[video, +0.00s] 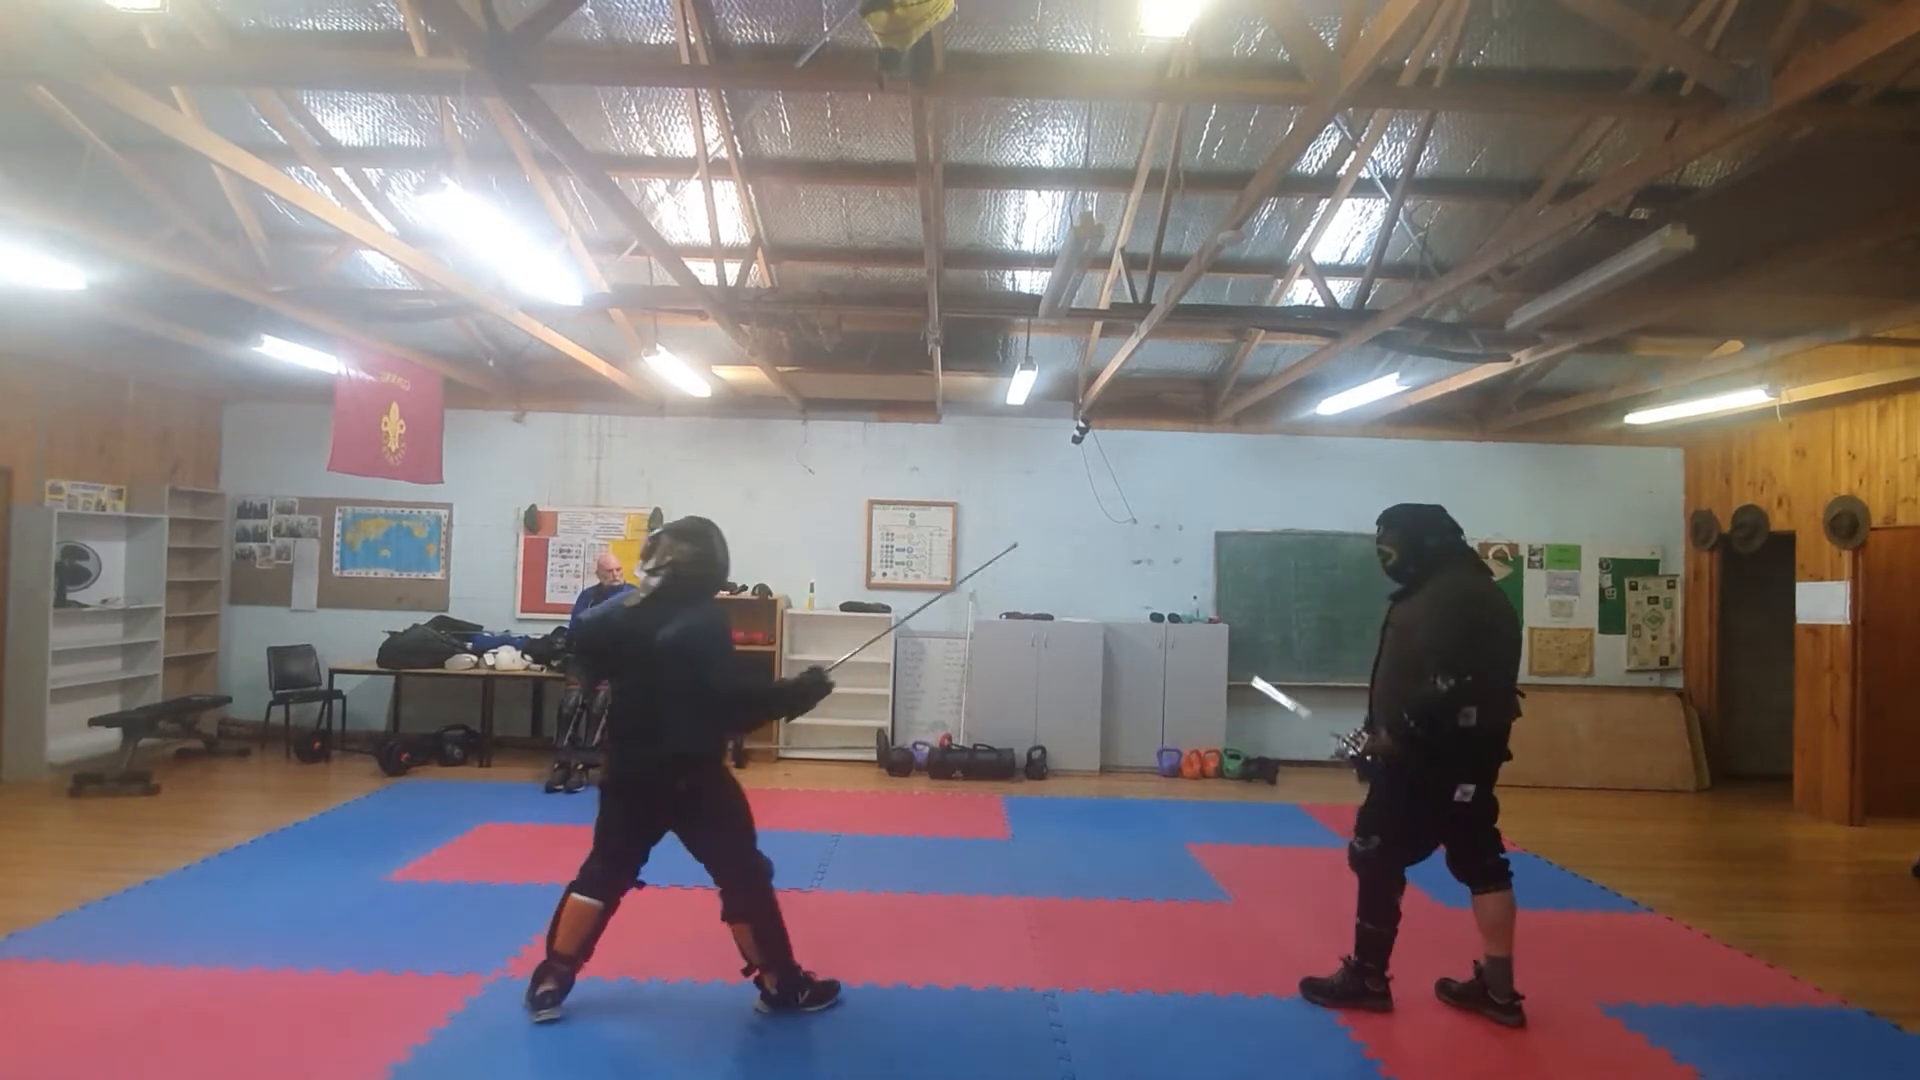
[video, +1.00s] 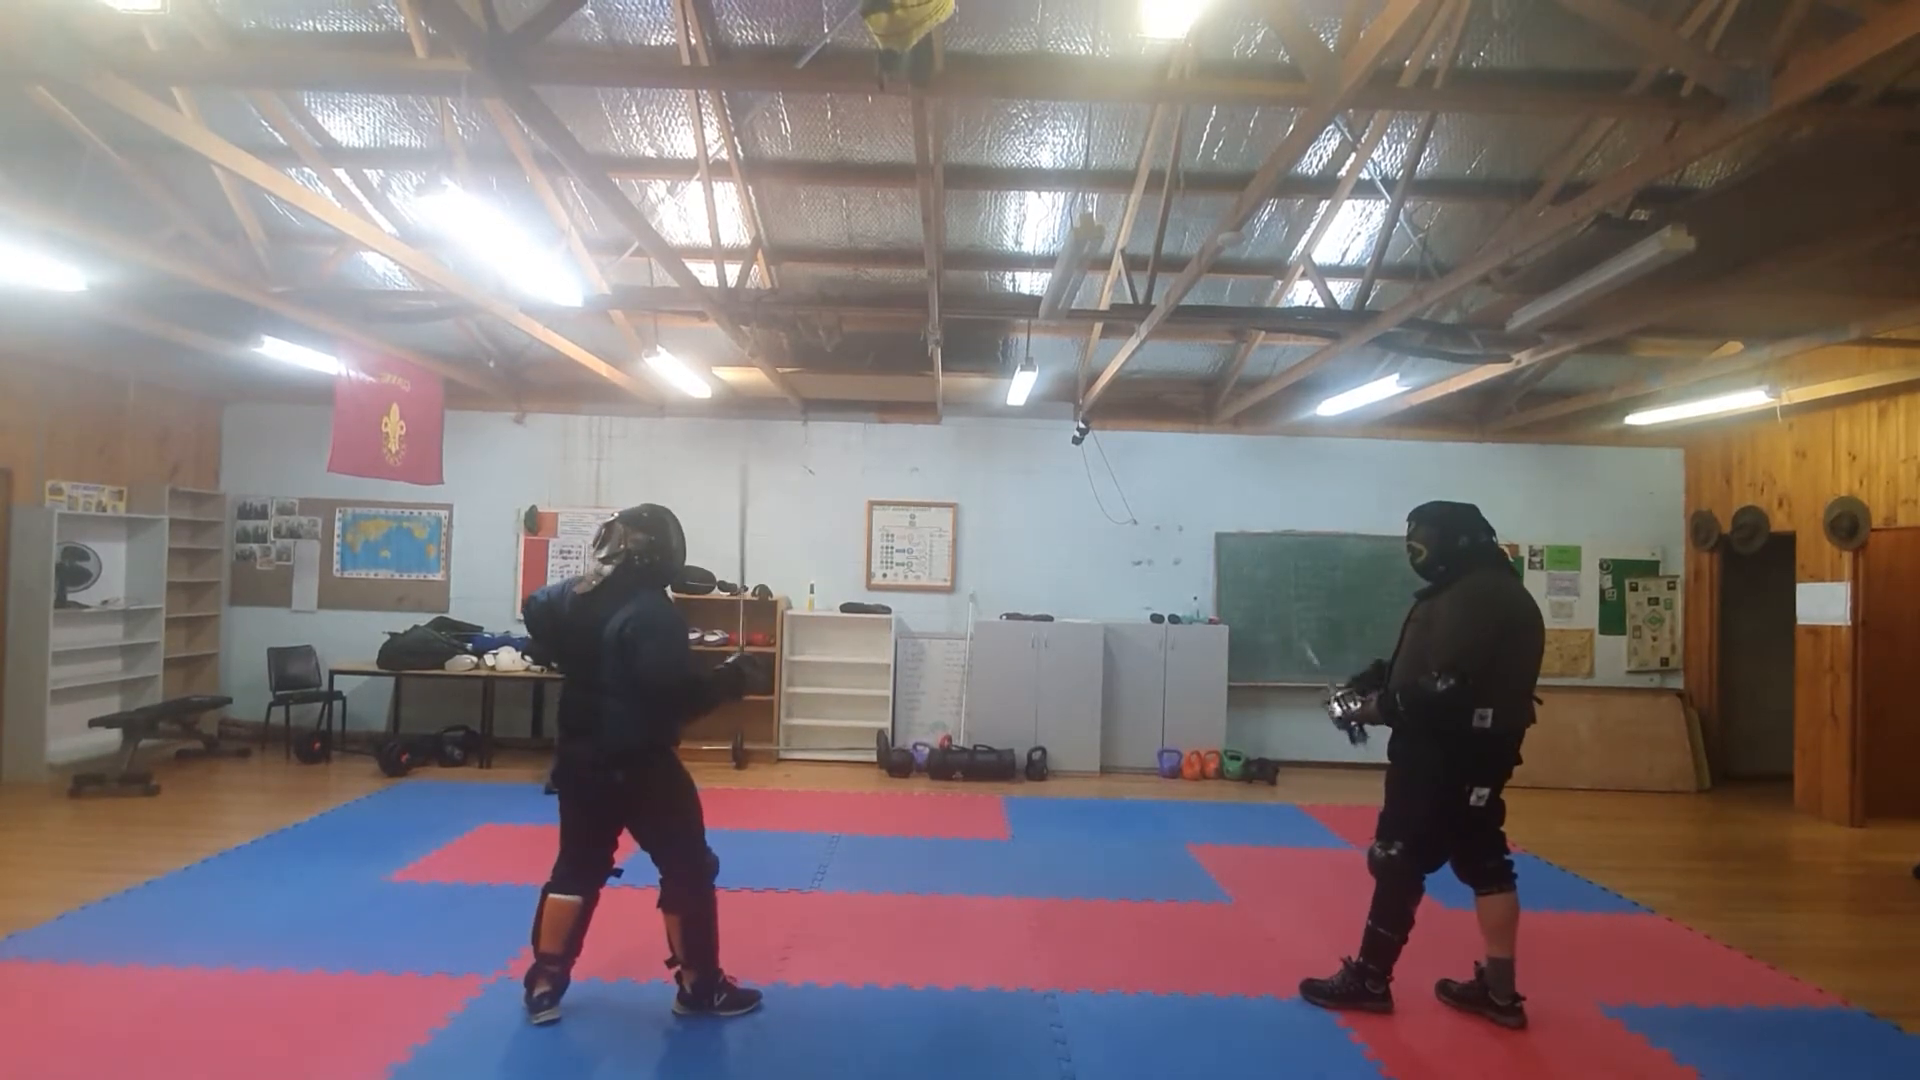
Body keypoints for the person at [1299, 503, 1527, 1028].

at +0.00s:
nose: (1384, 561)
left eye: (1390, 550)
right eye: (1382, 551)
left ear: (1421, 542)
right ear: (1433, 540)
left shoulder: (1446, 597)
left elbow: (1474, 693)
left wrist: (1397, 736)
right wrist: (1377, 733)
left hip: (1416, 763)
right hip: (1469, 764)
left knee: (1377, 857)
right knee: (1483, 864)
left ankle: (1367, 976)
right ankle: (1497, 985)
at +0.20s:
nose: (1399, 561)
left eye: (1405, 550)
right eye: (1396, 551)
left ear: (1436, 544)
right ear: (1446, 541)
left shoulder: (1469, 601)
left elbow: (1462, 697)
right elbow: (1414, 669)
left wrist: (1389, 720)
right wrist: (1371, 695)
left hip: (1428, 761)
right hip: (1476, 760)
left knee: (1386, 856)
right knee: (1483, 862)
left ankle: (1368, 975)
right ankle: (1498, 986)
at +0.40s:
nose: (1407, 560)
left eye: (1413, 549)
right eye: (1405, 550)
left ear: (1444, 543)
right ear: (1453, 542)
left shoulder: (1464, 599)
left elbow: (1448, 689)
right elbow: (1430, 668)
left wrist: (1384, 704)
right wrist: (1377, 682)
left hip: (1432, 763)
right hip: (1478, 762)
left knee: (1394, 860)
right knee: (1484, 863)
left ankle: (1369, 975)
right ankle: (1497, 986)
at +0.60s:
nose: (1411, 560)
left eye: (1417, 549)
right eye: (1408, 549)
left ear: (1449, 543)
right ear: (1458, 543)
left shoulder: (1463, 599)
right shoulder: (1500, 593)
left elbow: (1444, 689)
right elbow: (1438, 670)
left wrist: (1381, 694)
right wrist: (1380, 677)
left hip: (1434, 763)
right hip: (1480, 762)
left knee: (1397, 861)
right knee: (1485, 864)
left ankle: (1369, 975)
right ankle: (1497, 986)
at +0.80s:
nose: (1414, 560)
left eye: (1420, 549)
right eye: (1412, 550)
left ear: (1451, 542)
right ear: (1465, 541)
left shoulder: (1463, 600)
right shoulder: (1507, 596)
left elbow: (1445, 695)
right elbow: (1443, 669)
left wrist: (1382, 696)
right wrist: (1383, 674)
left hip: (1433, 763)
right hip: (1481, 763)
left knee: (1399, 863)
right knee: (1486, 865)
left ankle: (1369, 976)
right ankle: (1498, 986)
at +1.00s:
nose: (1416, 559)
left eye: (1422, 547)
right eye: (1413, 549)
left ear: (1455, 542)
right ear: (1466, 542)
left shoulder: (1470, 599)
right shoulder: (1503, 594)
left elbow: (1449, 689)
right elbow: (1426, 660)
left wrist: (1379, 708)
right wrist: (1374, 681)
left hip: (1435, 761)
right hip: (1483, 762)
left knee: (1398, 861)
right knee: (1487, 864)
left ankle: (1370, 976)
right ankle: (1498, 987)